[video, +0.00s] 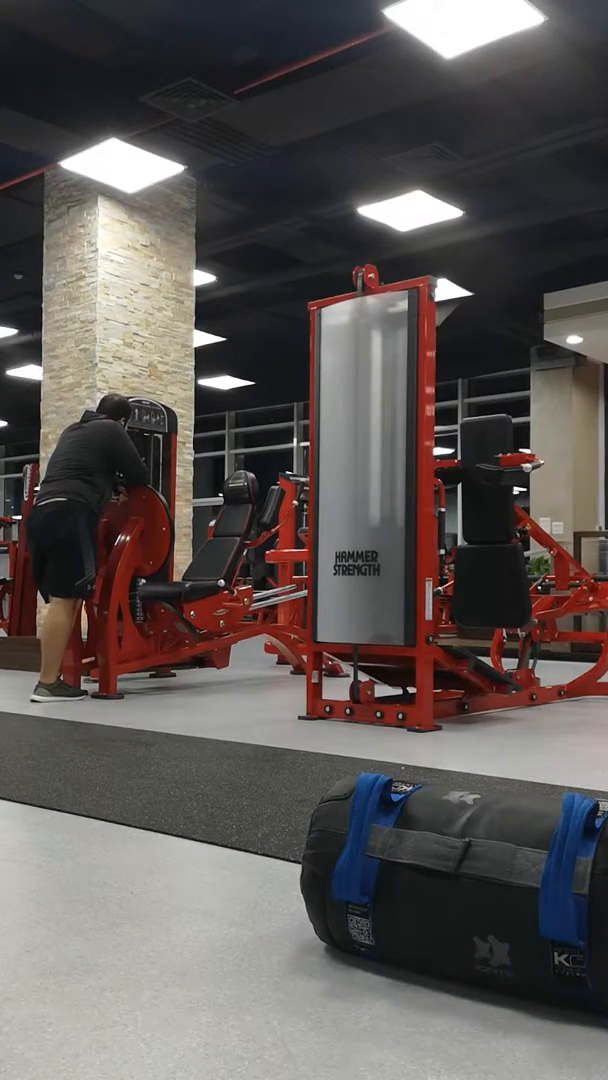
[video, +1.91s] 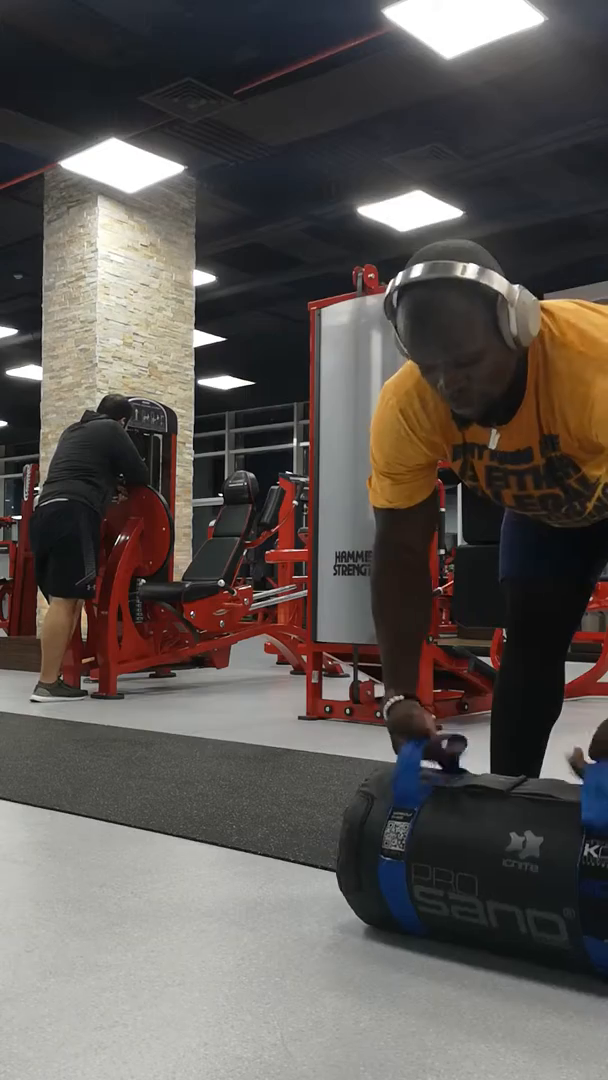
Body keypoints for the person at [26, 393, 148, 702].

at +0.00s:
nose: (126, 427)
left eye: (126, 424)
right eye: (127, 423)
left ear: (99, 414)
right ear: (122, 420)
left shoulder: (71, 431)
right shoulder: (113, 431)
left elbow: (75, 469)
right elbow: (141, 478)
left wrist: (109, 486)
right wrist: (114, 474)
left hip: (40, 512)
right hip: (66, 511)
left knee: (63, 600)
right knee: (62, 600)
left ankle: (51, 678)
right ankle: (48, 682)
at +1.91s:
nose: (126, 427)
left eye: (126, 423)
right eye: (127, 423)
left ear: (100, 414)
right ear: (122, 419)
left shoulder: (71, 431)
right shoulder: (113, 430)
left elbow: (74, 471)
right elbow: (140, 478)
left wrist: (110, 486)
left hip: (44, 511)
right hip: (70, 510)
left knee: (67, 601)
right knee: (63, 601)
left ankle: (53, 678)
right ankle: (47, 682)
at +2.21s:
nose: (126, 426)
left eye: (126, 423)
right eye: (127, 423)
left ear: (99, 413)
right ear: (121, 419)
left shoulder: (71, 431)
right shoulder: (113, 430)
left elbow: (74, 471)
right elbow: (141, 478)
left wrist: (109, 486)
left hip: (45, 511)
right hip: (70, 510)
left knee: (70, 601)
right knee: (62, 601)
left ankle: (54, 678)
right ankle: (47, 682)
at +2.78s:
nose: (125, 428)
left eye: (125, 424)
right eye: (126, 424)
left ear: (98, 414)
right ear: (121, 420)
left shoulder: (71, 430)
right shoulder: (112, 430)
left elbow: (75, 471)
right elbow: (141, 478)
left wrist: (111, 487)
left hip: (44, 512)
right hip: (70, 510)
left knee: (66, 601)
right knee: (64, 601)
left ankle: (53, 678)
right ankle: (48, 682)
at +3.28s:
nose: (125, 428)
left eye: (125, 424)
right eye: (126, 424)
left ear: (99, 414)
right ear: (121, 420)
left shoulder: (71, 430)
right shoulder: (112, 430)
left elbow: (76, 471)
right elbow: (140, 477)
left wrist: (111, 486)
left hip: (45, 512)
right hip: (71, 511)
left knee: (74, 602)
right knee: (61, 601)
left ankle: (54, 677)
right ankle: (47, 682)